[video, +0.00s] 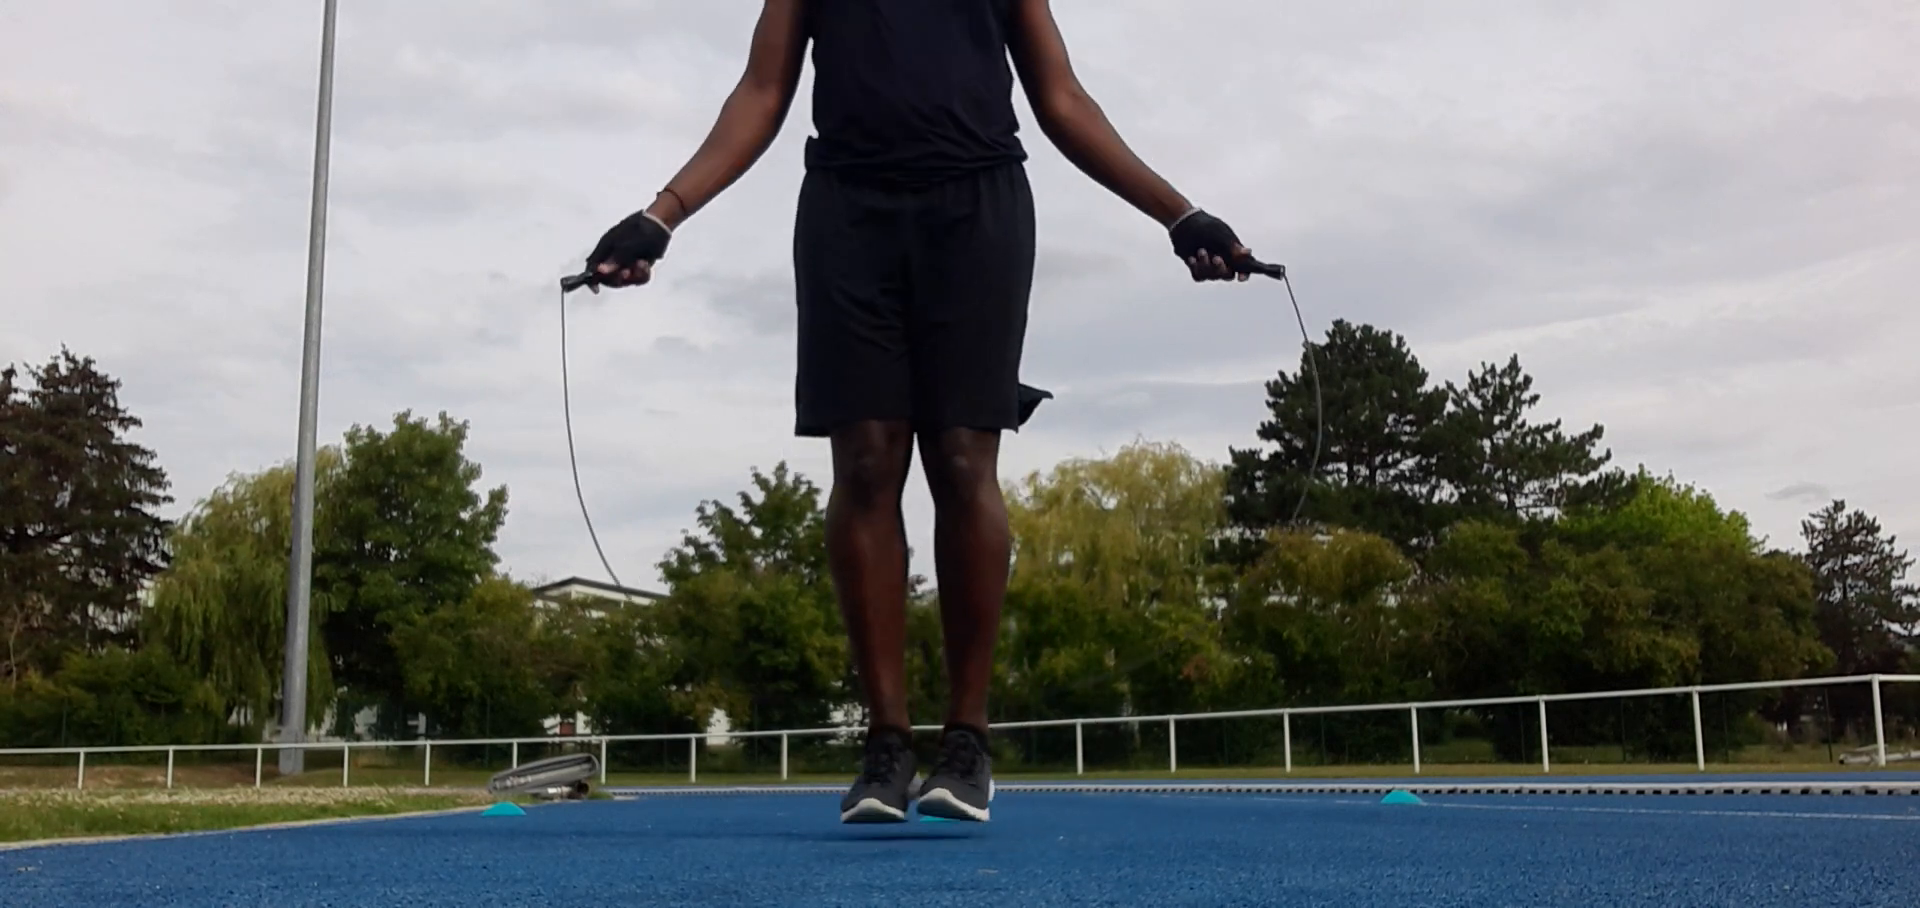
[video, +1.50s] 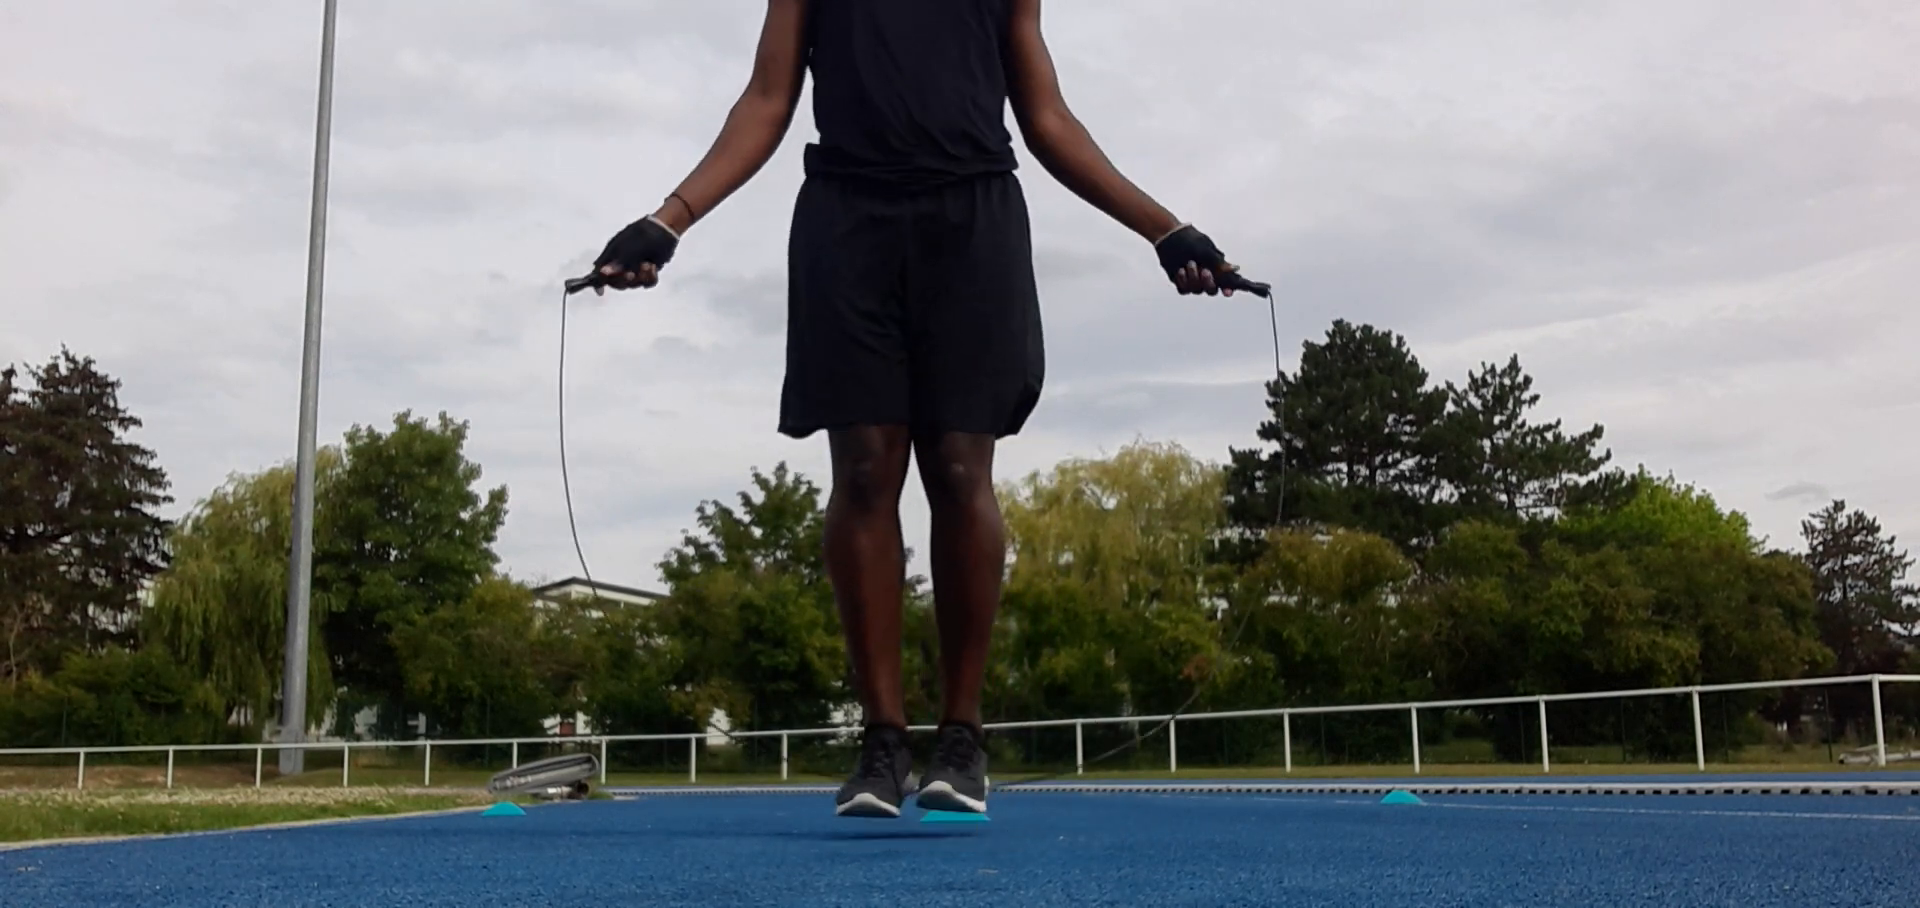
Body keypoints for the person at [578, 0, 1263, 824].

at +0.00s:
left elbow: (1062, 100)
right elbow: (761, 89)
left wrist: (1179, 212)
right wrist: (661, 212)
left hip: (978, 201)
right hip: (848, 205)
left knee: (963, 459)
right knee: (867, 459)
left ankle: (965, 742)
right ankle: (887, 745)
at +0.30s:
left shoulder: (1013, 9)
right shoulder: (800, 6)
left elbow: (1064, 124)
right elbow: (761, 115)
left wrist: (1192, 188)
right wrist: (653, 189)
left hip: (978, 233)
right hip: (851, 233)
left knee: (962, 486)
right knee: (872, 485)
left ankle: (964, 758)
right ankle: (898, 763)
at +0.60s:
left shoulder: (1010, 9)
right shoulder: (806, 8)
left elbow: (1075, 152)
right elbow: (755, 145)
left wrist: (1211, 156)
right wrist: (628, 155)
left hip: (977, 263)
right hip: (852, 263)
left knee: (957, 509)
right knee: (872, 511)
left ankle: (958, 772)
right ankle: (901, 773)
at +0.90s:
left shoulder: (1009, 9)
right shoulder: (805, 7)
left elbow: (1056, 143)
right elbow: (772, 134)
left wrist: (1204, 166)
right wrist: (637, 173)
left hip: (978, 234)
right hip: (849, 237)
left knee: (961, 492)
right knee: (876, 496)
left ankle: (969, 769)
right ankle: (908, 776)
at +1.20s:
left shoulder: (1008, 7)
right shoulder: (806, 4)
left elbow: (1044, 124)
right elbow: (772, 108)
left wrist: (1184, 196)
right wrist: (654, 196)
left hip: (976, 215)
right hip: (847, 217)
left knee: (957, 472)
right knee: (872, 472)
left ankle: (956, 746)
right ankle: (887, 751)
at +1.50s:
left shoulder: (1006, 5)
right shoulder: (801, 4)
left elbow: (1048, 119)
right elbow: (767, 97)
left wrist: (1166, 229)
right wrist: (667, 218)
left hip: (974, 216)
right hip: (847, 218)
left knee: (959, 467)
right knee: (865, 465)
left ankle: (959, 737)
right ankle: (883, 739)